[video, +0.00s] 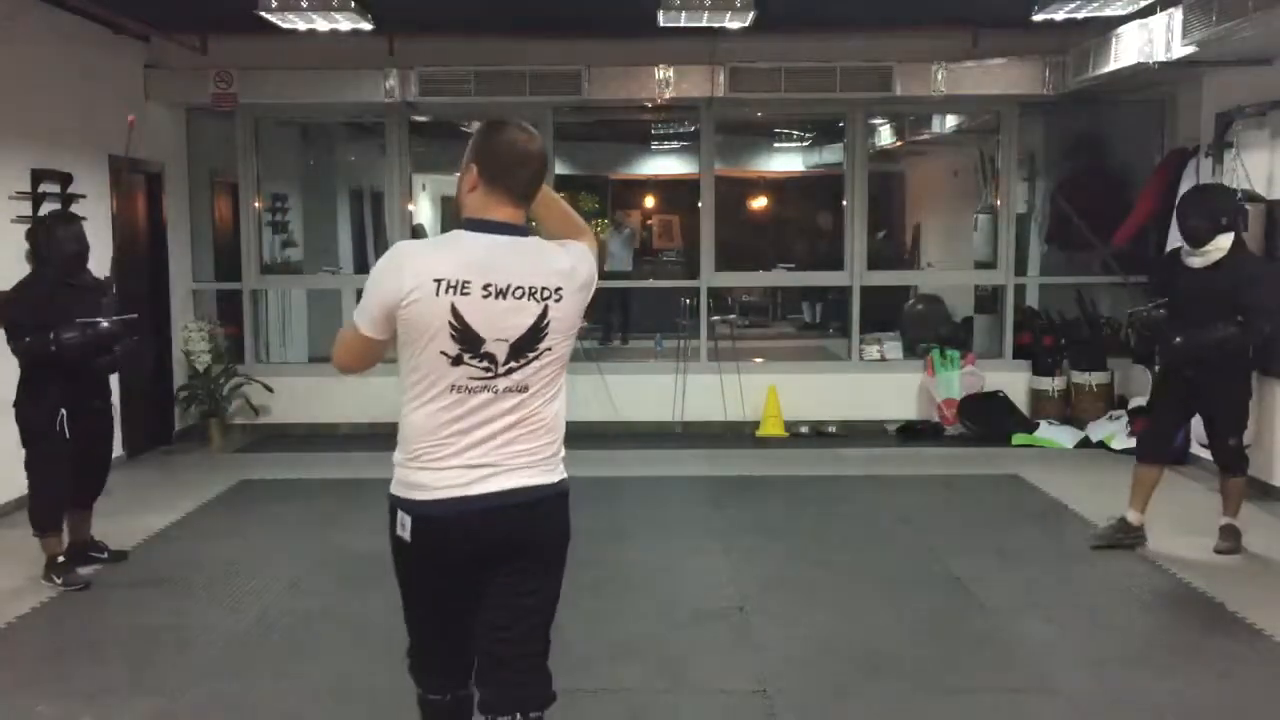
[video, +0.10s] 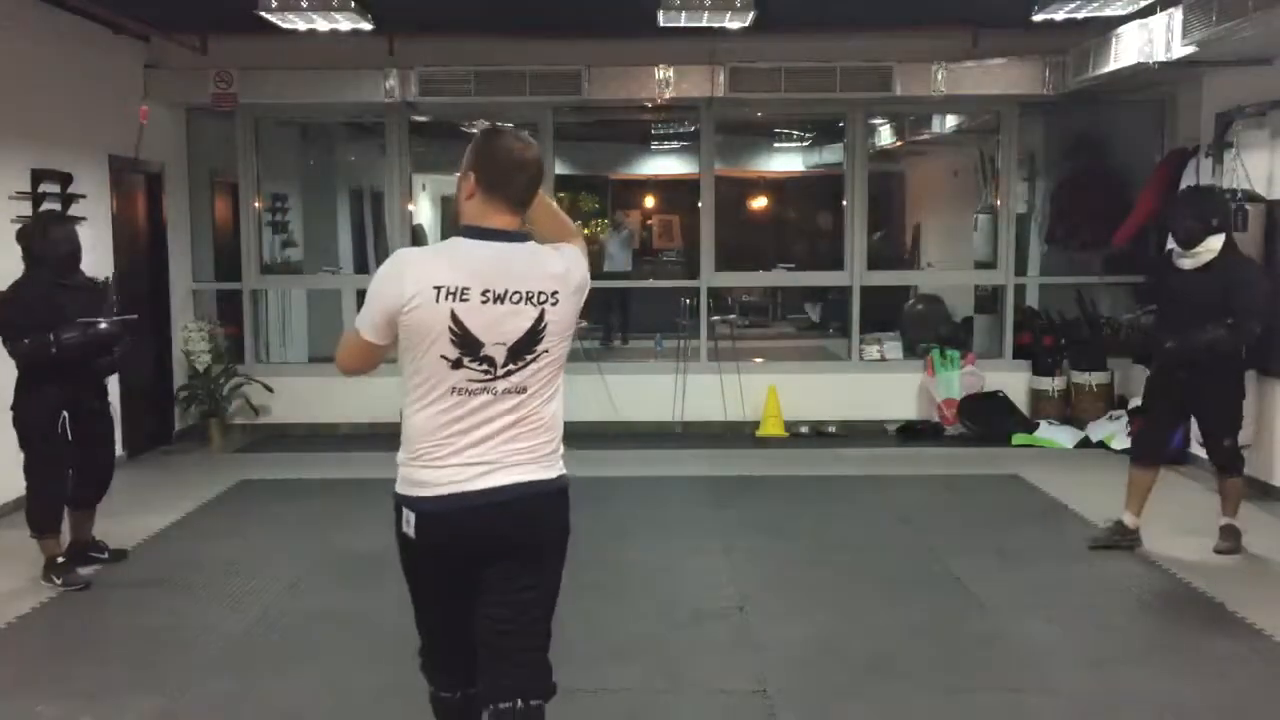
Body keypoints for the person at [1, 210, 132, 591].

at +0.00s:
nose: (76, 247)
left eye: (79, 238)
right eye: (66, 240)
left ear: (84, 241)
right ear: (44, 246)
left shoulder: (95, 289)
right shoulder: (23, 295)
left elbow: (120, 338)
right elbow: (24, 348)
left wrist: (109, 354)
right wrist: (62, 341)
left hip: (90, 394)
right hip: (43, 399)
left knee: (90, 465)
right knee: (49, 472)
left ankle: (81, 543)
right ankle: (54, 559)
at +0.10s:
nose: (72, 244)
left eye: (72, 237)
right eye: (62, 238)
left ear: (74, 242)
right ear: (39, 246)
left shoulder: (90, 290)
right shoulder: (19, 296)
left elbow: (115, 338)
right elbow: (22, 351)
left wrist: (107, 354)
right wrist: (67, 342)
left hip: (88, 392)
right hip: (40, 398)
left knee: (96, 462)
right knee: (47, 469)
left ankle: (82, 542)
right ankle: (53, 559)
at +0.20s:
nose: (66, 246)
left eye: (67, 238)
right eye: (55, 240)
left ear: (71, 242)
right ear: (32, 247)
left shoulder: (85, 290)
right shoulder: (17, 295)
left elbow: (110, 341)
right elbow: (25, 351)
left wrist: (109, 357)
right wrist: (71, 347)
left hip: (86, 393)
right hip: (41, 399)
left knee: (98, 462)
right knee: (49, 471)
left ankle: (82, 542)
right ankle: (53, 560)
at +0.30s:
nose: (65, 246)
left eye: (64, 239)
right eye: (54, 241)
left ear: (66, 242)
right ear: (30, 248)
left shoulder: (79, 290)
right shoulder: (15, 296)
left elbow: (99, 340)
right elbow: (25, 353)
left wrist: (111, 352)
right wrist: (69, 346)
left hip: (86, 397)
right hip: (41, 403)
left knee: (95, 467)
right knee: (50, 475)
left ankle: (82, 543)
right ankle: (54, 560)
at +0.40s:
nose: (63, 245)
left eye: (62, 237)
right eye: (53, 239)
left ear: (62, 240)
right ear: (29, 247)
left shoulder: (73, 290)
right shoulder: (17, 296)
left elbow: (95, 348)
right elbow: (28, 355)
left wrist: (111, 352)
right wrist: (79, 346)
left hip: (85, 398)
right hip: (44, 403)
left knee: (93, 468)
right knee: (52, 475)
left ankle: (81, 544)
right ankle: (55, 560)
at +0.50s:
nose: (64, 243)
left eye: (62, 236)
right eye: (53, 238)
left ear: (61, 239)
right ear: (30, 247)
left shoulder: (71, 289)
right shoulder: (16, 297)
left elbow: (93, 350)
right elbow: (29, 356)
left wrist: (113, 345)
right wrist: (81, 344)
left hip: (86, 398)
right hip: (45, 403)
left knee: (94, 467)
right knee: (53, 475)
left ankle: (81, 544)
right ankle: (55, 561)